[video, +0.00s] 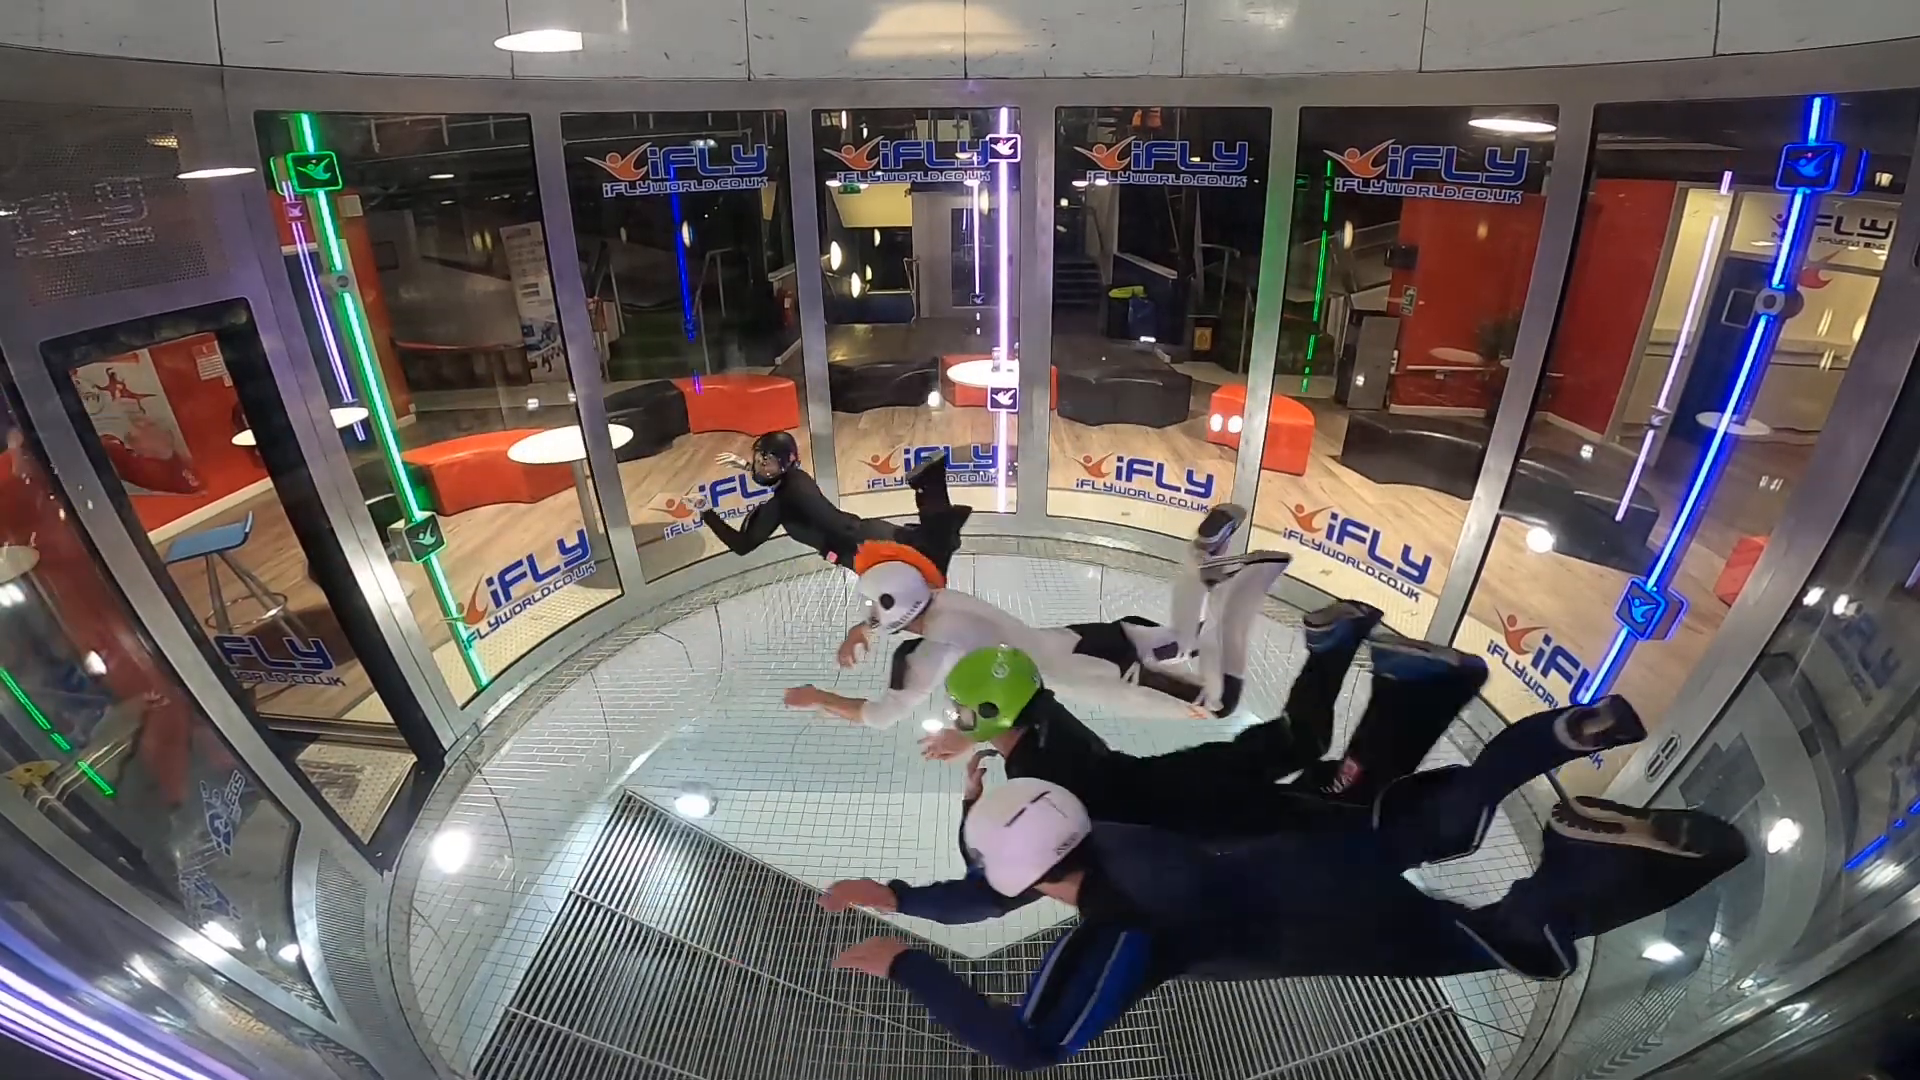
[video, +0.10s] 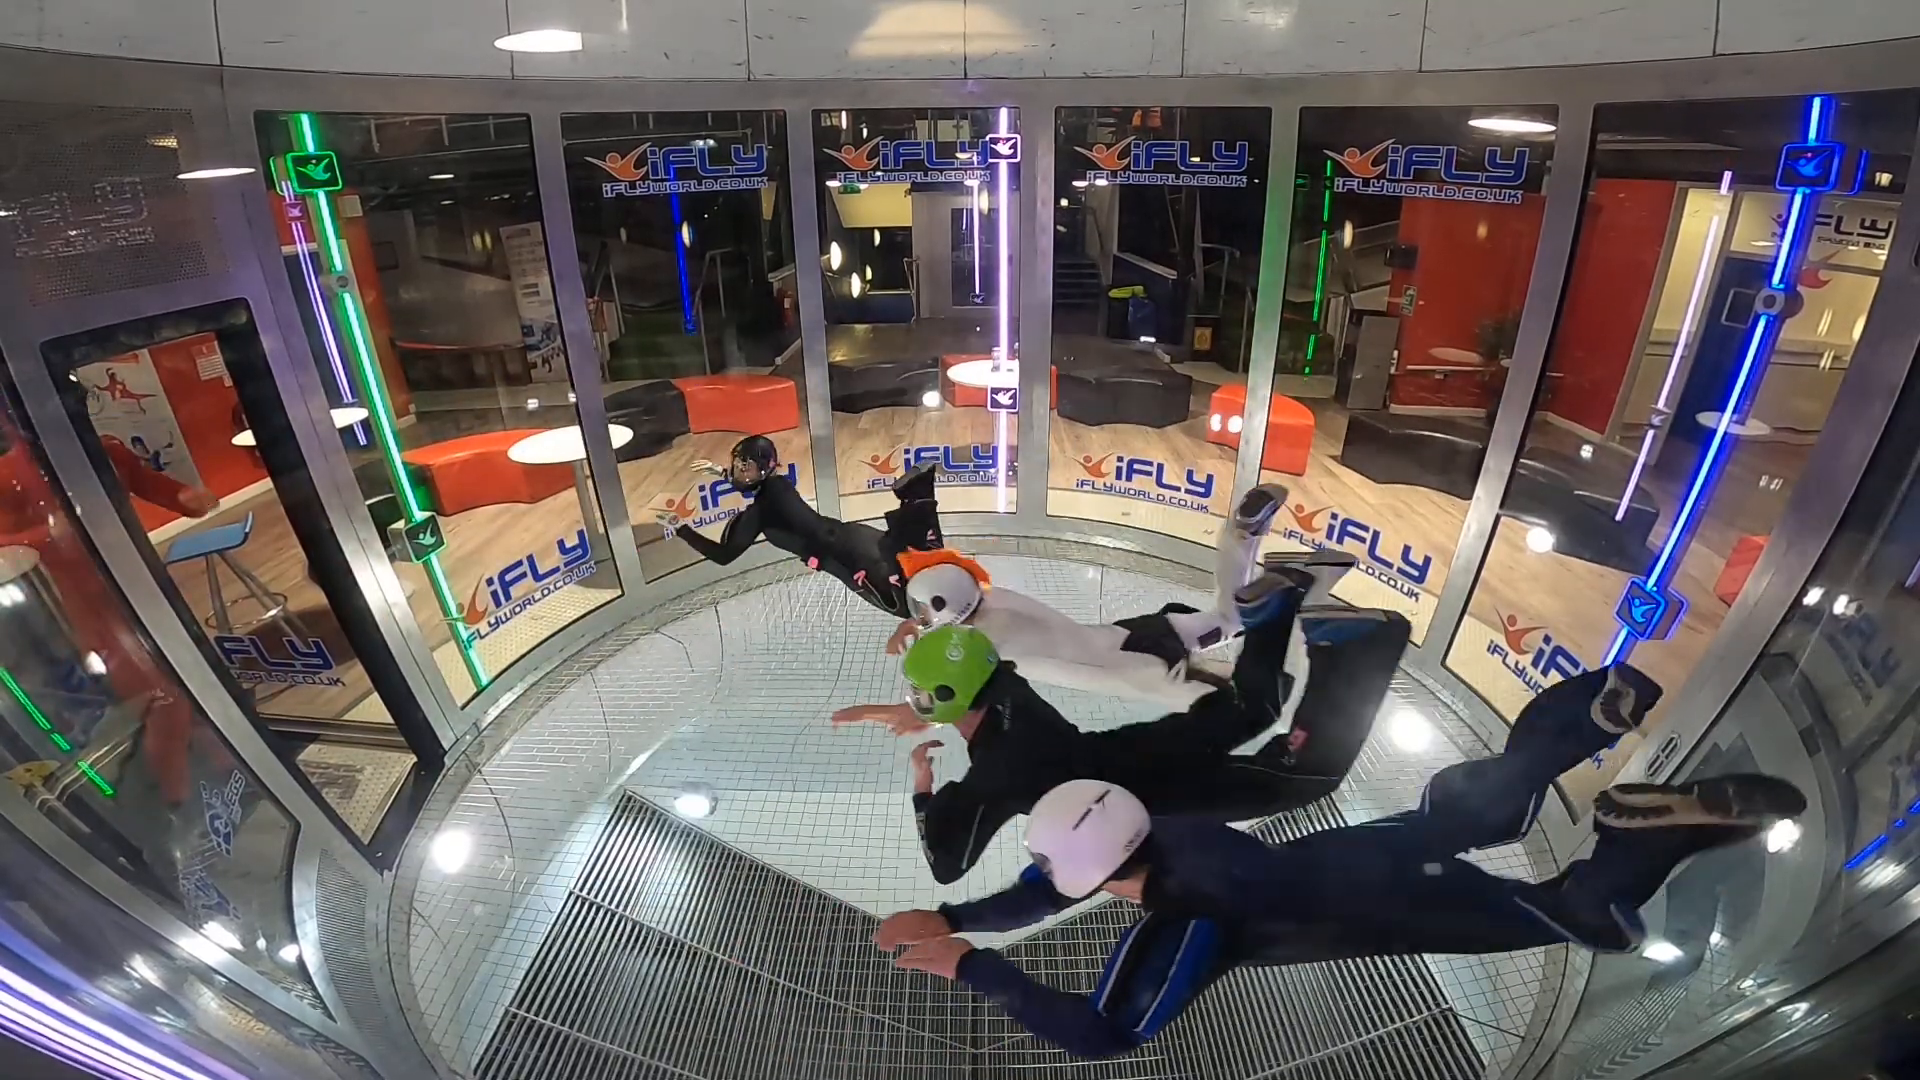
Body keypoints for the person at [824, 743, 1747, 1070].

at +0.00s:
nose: (1010, 889)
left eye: (1009, 879)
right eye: (1002, 876)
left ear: (1043, 886)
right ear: (1052, 835)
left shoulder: (1127, 922)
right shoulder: (1099, 835)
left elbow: (1030, 1040)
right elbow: (993, 892)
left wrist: (911, 978)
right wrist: (892, 900)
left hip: (1349, 917)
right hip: (1335, 838)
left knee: (1500, 933)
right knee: (1458, 803)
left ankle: (1612, 874)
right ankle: (1579, 728)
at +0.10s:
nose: (1093, 890)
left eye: (1095, 878)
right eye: (1088, 874)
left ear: (1118, 869)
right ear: (1106, 846)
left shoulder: (1187, 918)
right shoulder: (1152, 830)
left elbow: (1103, 1035)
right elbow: (1044, 889)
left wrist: (976, 970)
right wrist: (947, 921)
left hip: (1408, 901)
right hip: (1387, 841)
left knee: (1562, 912)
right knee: (1494, 791)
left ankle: (1678, 835)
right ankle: (1605, 696)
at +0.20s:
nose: (1152, 896)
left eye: (1154, 884)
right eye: (1144, 880)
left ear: (1183, 868)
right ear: (1179, 834)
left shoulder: (1241, 911)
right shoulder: (1198, 820)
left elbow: (1165, 1021)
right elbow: (1098, 879)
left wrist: (1024, 979)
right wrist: (1010, 917)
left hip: (1464, 878)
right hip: (1426, 828)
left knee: (1605, 874)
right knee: (1514, 778)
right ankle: (1607, 674)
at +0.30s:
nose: (1190, 872)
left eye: (1190, 861)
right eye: (1189, 849)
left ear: (1213, 861)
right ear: (1212, 826)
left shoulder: (1299, 893)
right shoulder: (1239, 820)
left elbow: (1250, 1002)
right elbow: (1148, 866)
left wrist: (1102, 998)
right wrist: (1077, 909)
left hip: (1496, 858)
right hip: (1465, 809)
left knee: (1670, 823)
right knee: (1553, 744)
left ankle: (1821, 686)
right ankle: (1641, 641)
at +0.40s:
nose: (1220, 848)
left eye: (1220, 835)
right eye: (1214, 825)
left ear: (1252, 845)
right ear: (1256, 796)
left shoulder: (1337, 869)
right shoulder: (1280, 803)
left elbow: (1330, 971)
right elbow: (1185, 831)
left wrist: (1172, 936)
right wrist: (1126, 878)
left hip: (1535, 829)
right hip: (1491, 776)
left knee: (1713, 803)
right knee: (1568, 700)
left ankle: (1852, 639)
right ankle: (1642, 611)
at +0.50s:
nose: (1241, 825)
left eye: (1246, 809)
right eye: (1235, 804)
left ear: (1283, 807)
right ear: (1286, 776)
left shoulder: (1365, 834)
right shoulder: (1304, 775)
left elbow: (1359, 939)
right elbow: (1225, 785)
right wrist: (1184, 821)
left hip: (1543, 810)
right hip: (1490, 765)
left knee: (1700, 799)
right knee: (1559, 714)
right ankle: (1629, 608)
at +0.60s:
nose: (1272, 780)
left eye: (1267, 768)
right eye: (1261, 765)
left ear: (1297, 764)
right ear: (1313, 735)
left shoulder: (1373, 797)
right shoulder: (1352, 757)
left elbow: (1353, 910)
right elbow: (1278, 746)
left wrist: (1278, 811)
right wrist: (1217, 773)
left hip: (1554, 784)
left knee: (1744, 769)